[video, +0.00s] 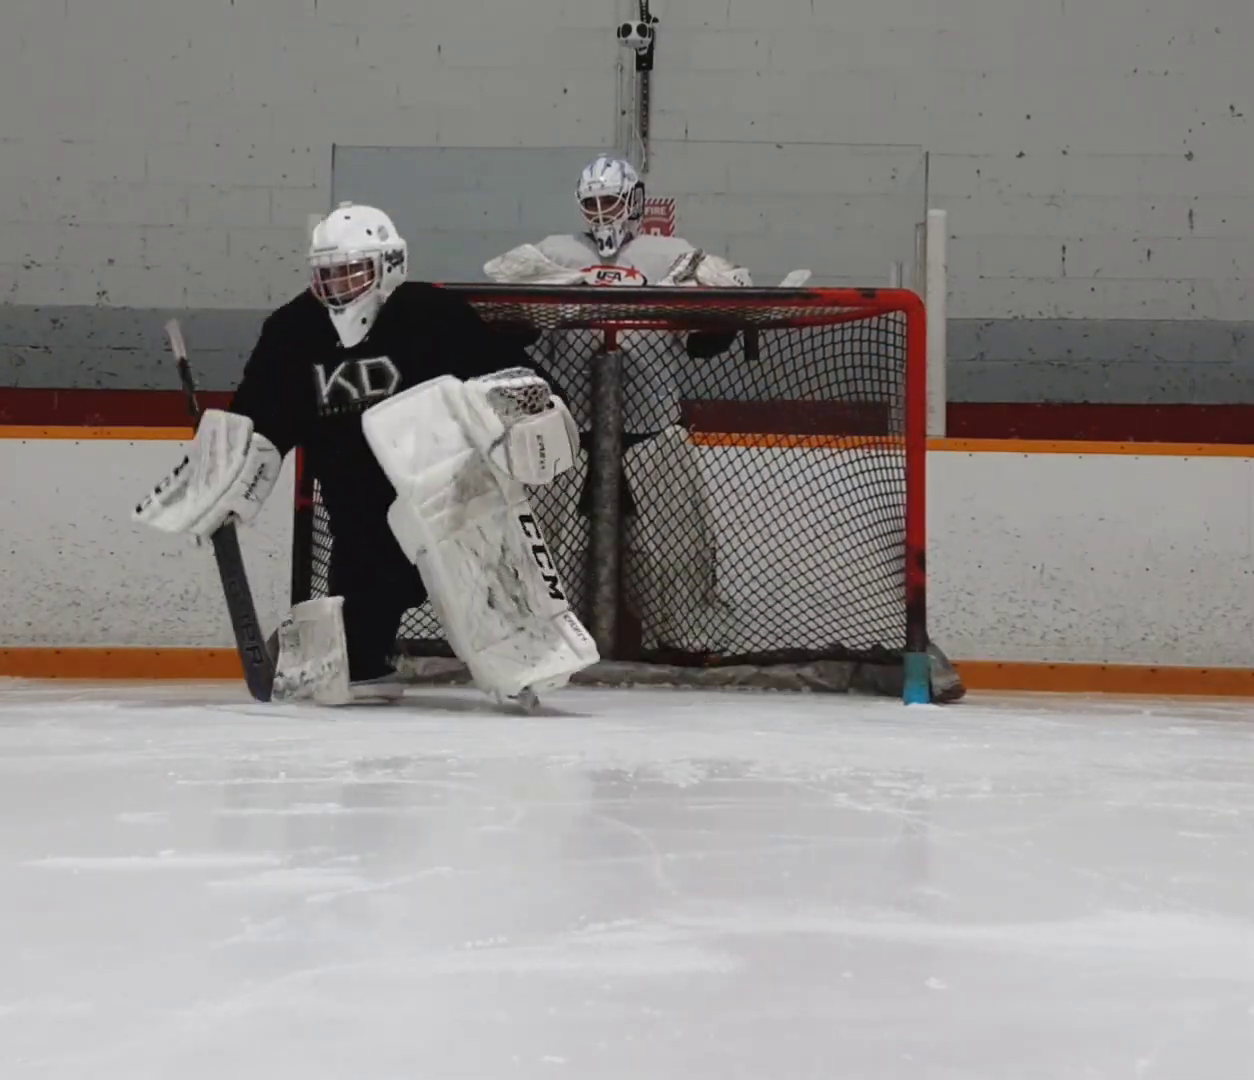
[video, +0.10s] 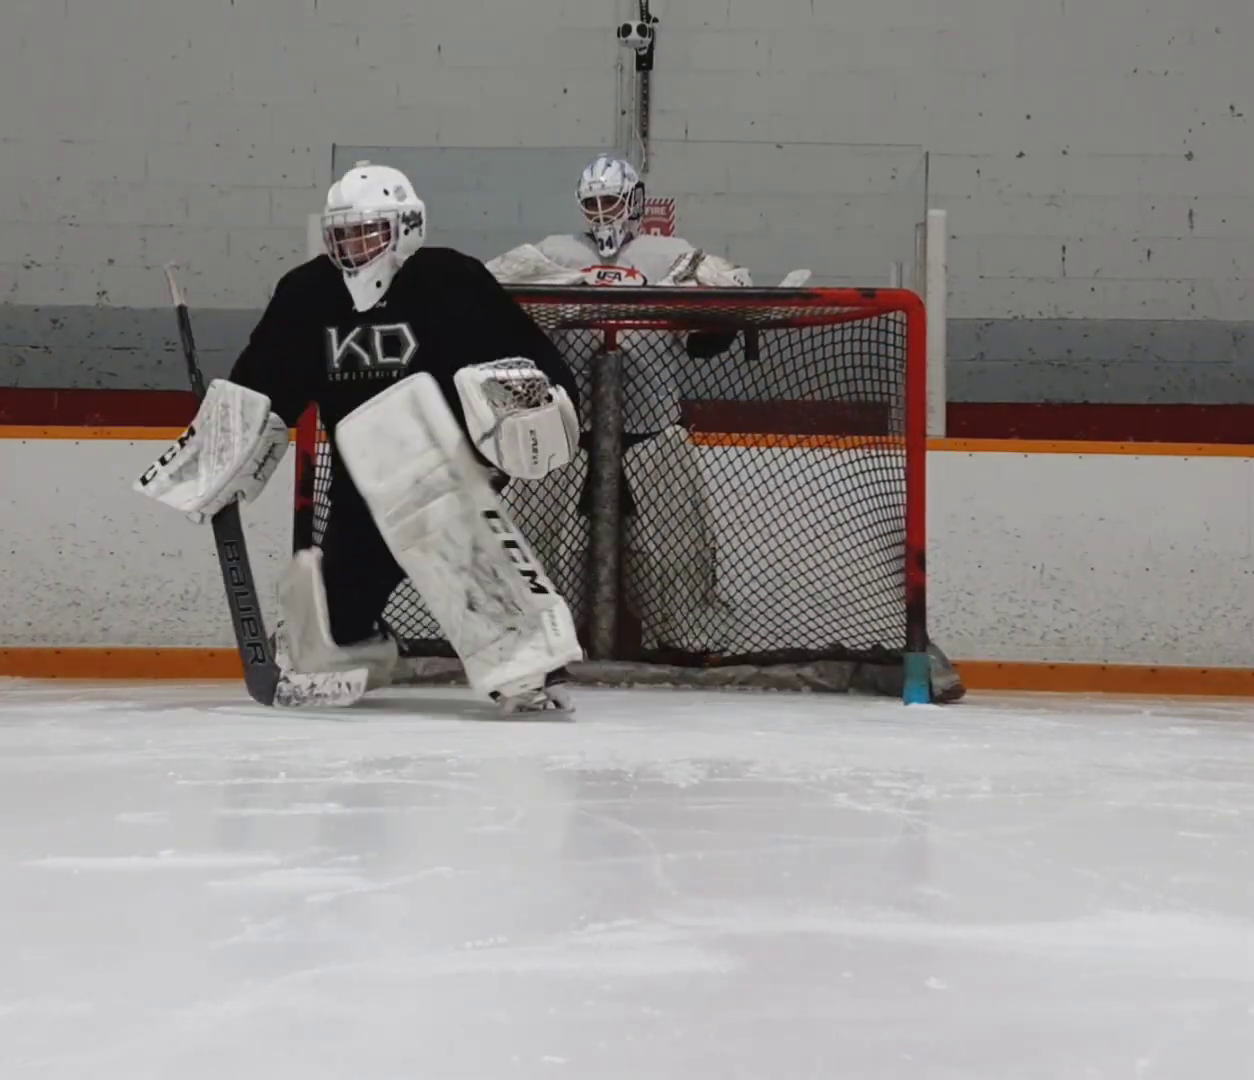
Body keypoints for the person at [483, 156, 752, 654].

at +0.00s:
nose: (601, 213)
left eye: (611, 201)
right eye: (591, 204)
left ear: (634, 202)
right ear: (580, 207)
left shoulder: (667, 255)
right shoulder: (557, 252)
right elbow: (500, 270)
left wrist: (709, 286)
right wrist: (570, 286)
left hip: (649, 424)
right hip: (571, 424)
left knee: (672, 533)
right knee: (559, 534)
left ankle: (675, 640)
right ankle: (559, 644)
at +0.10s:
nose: (602, 214)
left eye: (613, 202)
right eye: (592, 204)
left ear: (635, 203)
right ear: (580, 208)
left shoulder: (670, 256)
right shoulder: (555, 253)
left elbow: (709, 342)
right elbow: (485, 279)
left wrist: (715, 288)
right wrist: (556, 282)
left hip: (650, 428)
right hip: (570, 427)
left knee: (673, 537)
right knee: (545, 531)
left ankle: (677, 642)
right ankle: (547, 642)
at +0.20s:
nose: (602, 212)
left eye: (612, 201)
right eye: (592, 203)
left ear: (635, 203)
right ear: (580, 207)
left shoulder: (671, 256)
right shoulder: (554, 253)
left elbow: (707, 342)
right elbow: (487, 280)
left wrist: (719, 290)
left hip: (649, 430)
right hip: (566, 428)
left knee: (674, 531)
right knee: (534, 525)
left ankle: (677, 638)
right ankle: (541, 636)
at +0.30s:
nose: (602, 212)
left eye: (612, 201)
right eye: (592, 203)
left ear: (635, 202)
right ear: (580, 207)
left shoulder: (671, 257)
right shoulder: (552, 254)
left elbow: (707, 342)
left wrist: (721, 291)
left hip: (649, 431)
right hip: (561, 428)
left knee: (676, 530)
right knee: (530, 525)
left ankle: (679, 637)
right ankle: (539, 637)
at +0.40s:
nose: (602, 212)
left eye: (612, 201)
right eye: (592, 203)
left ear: (635, 203)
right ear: (580, 207)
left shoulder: (672, 257)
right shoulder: (552, 254)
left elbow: (706, 343)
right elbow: (502, 329)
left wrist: (718, 291)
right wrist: (541, 295)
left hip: (649, 434)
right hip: (561, 432)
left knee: (676, 536)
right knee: (525, 530)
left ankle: (678, 642)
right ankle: (532, 642)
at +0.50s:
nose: (602, 211)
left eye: (612, 201)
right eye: (592, 203)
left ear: (634, 202)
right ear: (580, 207)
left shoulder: (670, 256)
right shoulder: (554, 254)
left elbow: (707, 343)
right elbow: (508, 332)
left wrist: (716, 290)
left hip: (649, 430)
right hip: (564, 428)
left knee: (675, 535)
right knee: (540, 534)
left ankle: (676, 640)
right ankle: (552, 644)